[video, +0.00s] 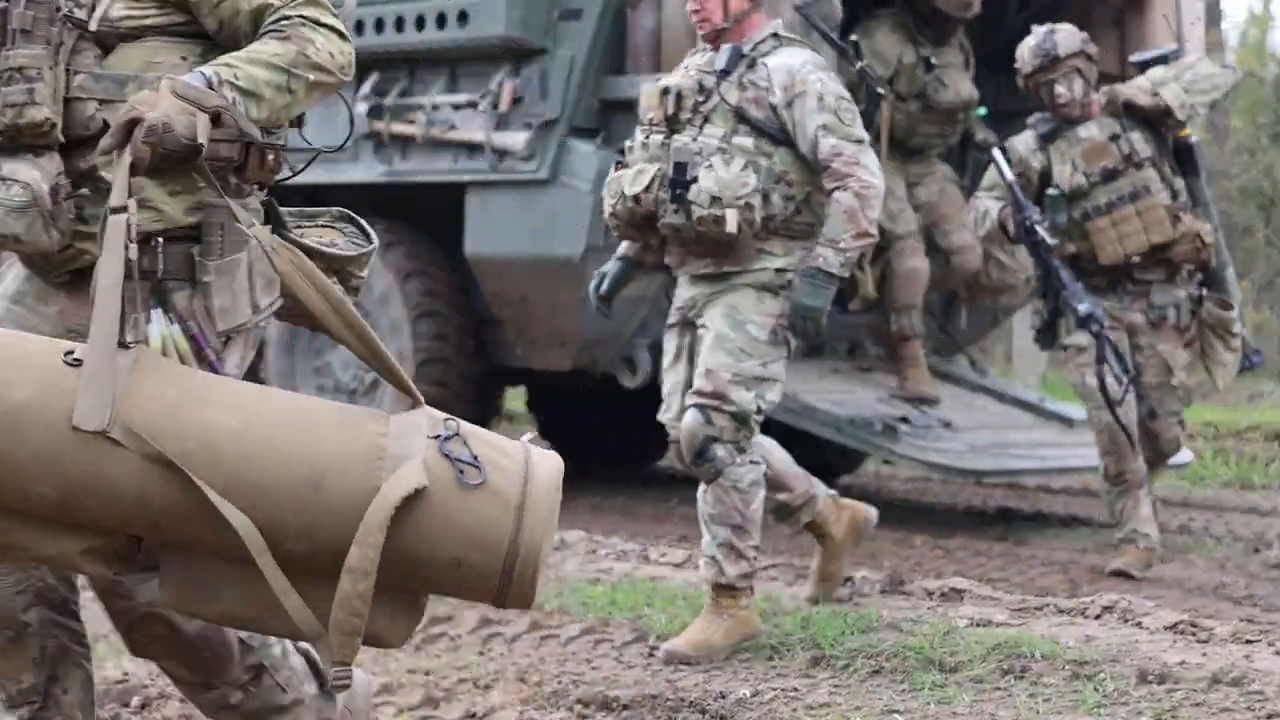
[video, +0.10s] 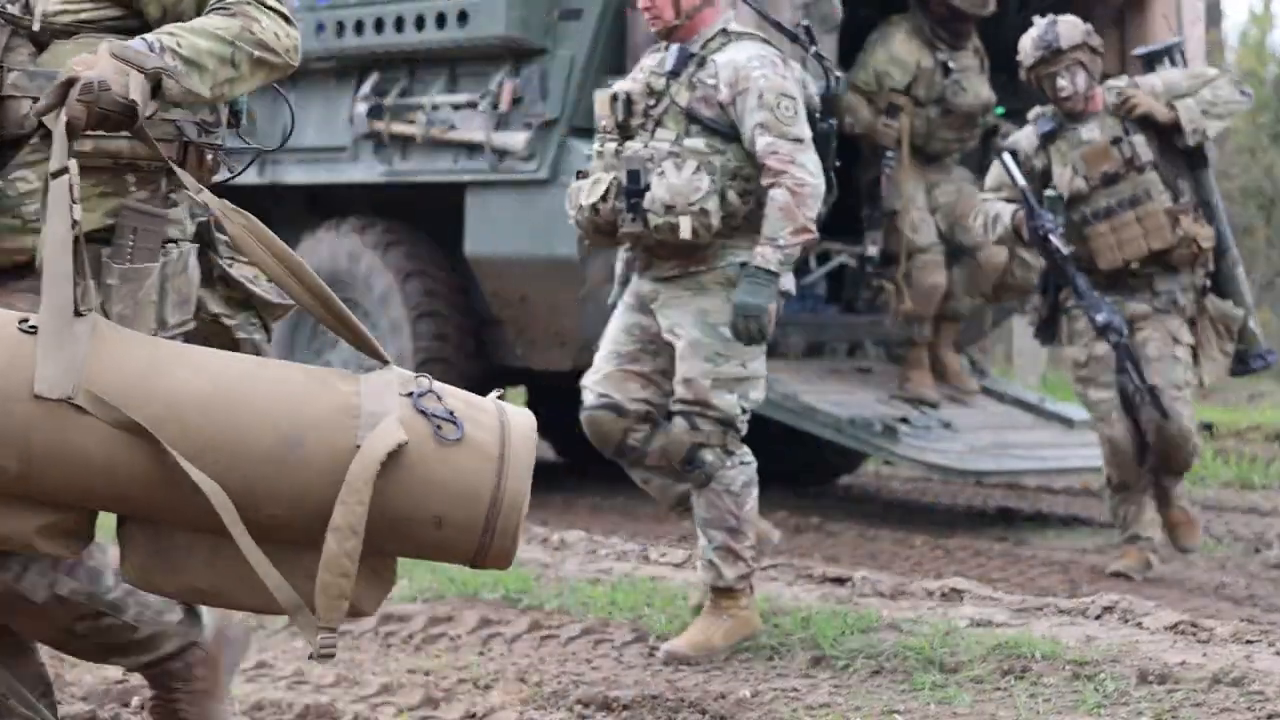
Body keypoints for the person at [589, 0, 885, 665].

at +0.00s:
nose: (698, 10)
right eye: (692, 2)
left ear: (747, 1)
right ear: (693, 9)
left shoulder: (796, 73)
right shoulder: (694, 72)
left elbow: (860, 177)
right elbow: (670, 177)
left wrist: (823, 273)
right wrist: (630, 251)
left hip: (760, 282)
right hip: (693, 281)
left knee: (719, 431)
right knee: (694, 435)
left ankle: (728, 606)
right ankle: (831, 516)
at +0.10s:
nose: (642, 5)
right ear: (653, 8)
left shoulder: (754, 66)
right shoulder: (655, 64)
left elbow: (796, 180)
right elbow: (640, 170)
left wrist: (764, 277)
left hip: (723, 278)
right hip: (652, 275)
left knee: (712, 437)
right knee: (611, 411)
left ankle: (730, 604)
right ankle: (724, 505)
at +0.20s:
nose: (594, 3)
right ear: (616, 5)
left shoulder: (704, 53)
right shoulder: (611, 57)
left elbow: (750, 163)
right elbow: (589, 146)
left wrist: (702, 254)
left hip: (696, 279)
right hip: (616, 273)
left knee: (695, 437)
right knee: (552, 403)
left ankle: (730, 606)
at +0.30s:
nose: (549, 10)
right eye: (545, 3)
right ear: (561, 12)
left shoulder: (658, 60)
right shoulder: (566, 71)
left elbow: (701, 164)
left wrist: (644, 243)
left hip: (659, 289)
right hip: (571, 291)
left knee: (680, 445)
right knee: (515, 436)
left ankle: (729, 607)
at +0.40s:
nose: (490, 20)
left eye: (501, 8)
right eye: (488, 10)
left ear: (544, 9)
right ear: (517, 17)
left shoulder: (601, 77)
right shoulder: (506, 87)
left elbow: (648, 175)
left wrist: (589, 256)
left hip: (603, 309)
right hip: (515, 311)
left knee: (640, 463)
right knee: (469, 465)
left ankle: (724, 603)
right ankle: (464, 642)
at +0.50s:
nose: (431, 26)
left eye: (442, 13)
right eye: (429, 15)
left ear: (487, 16)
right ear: (465, 24)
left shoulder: (542, 85)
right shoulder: (452, 96)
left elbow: (597, 188)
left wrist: (554, 282)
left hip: (529, 313)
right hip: (451, 314)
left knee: (540, 489)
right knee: (421, 472)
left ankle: (664, 564)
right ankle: (457, 649)